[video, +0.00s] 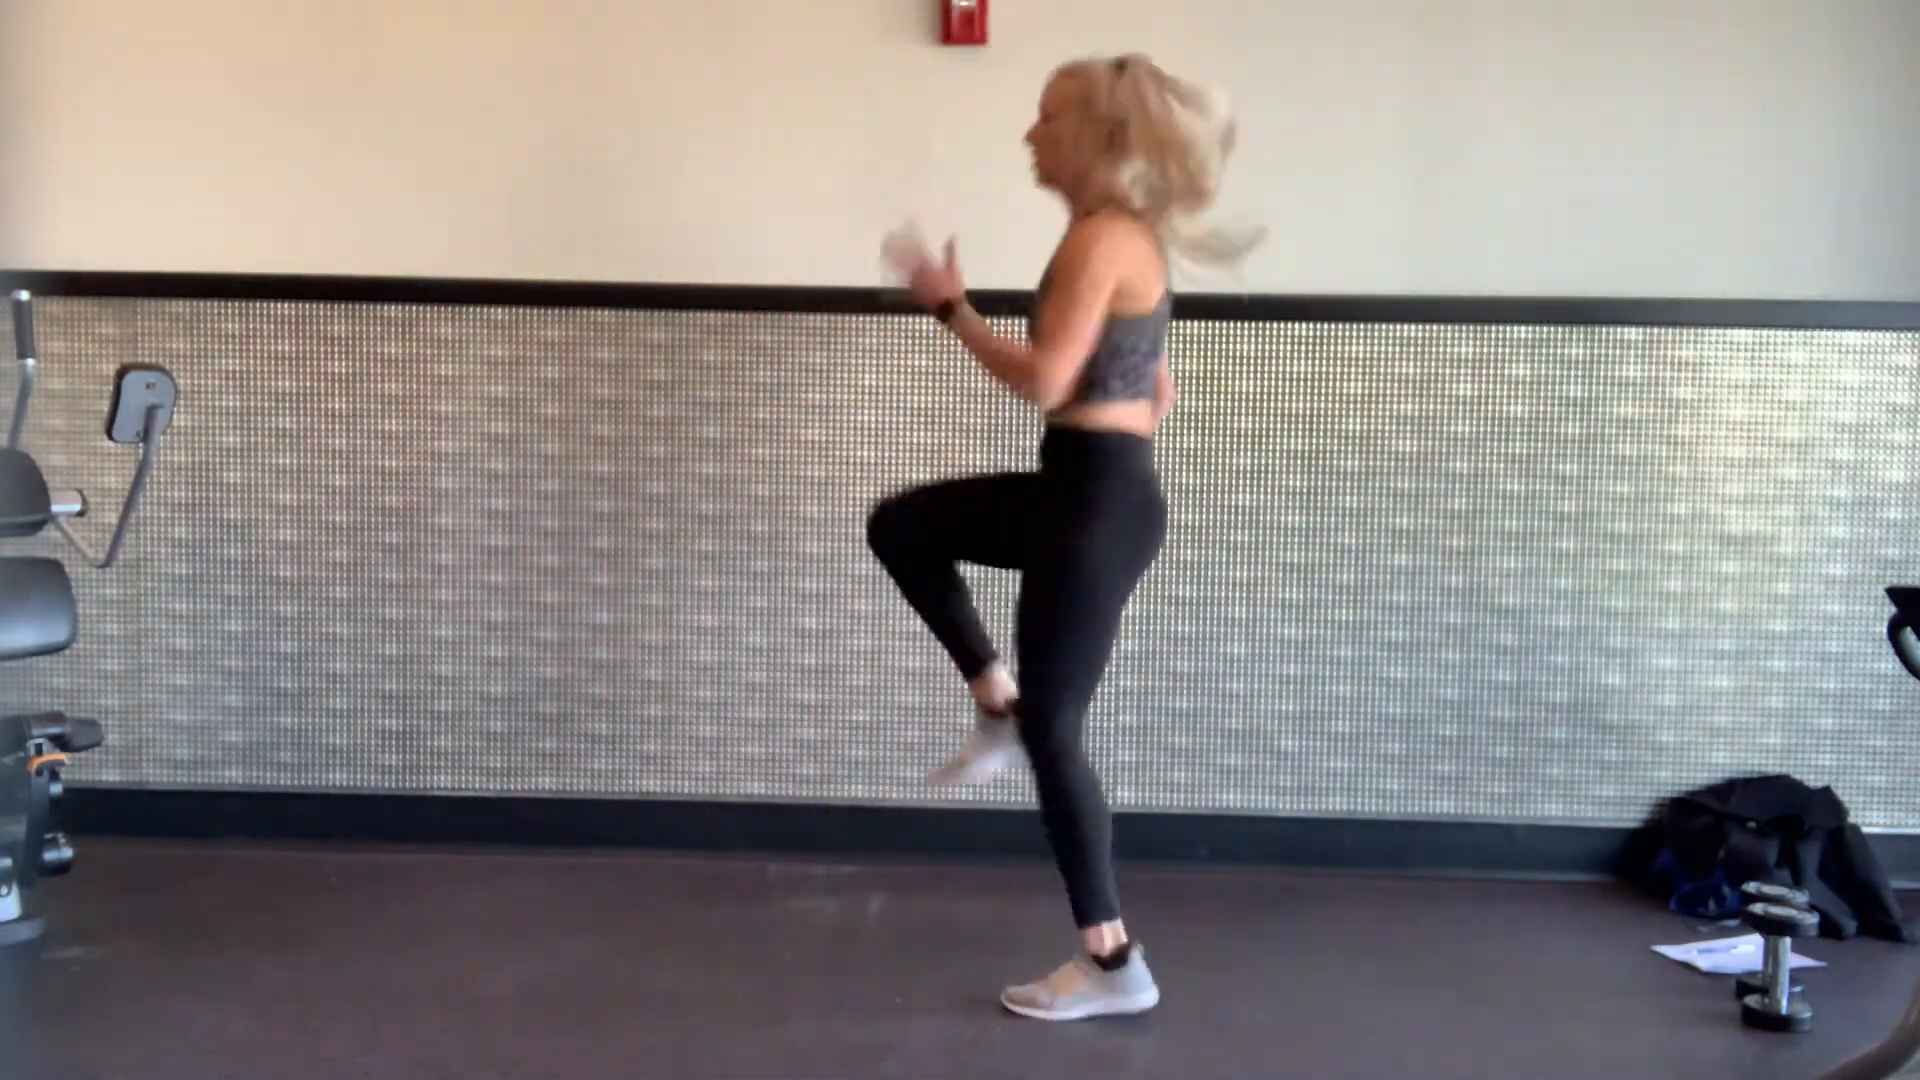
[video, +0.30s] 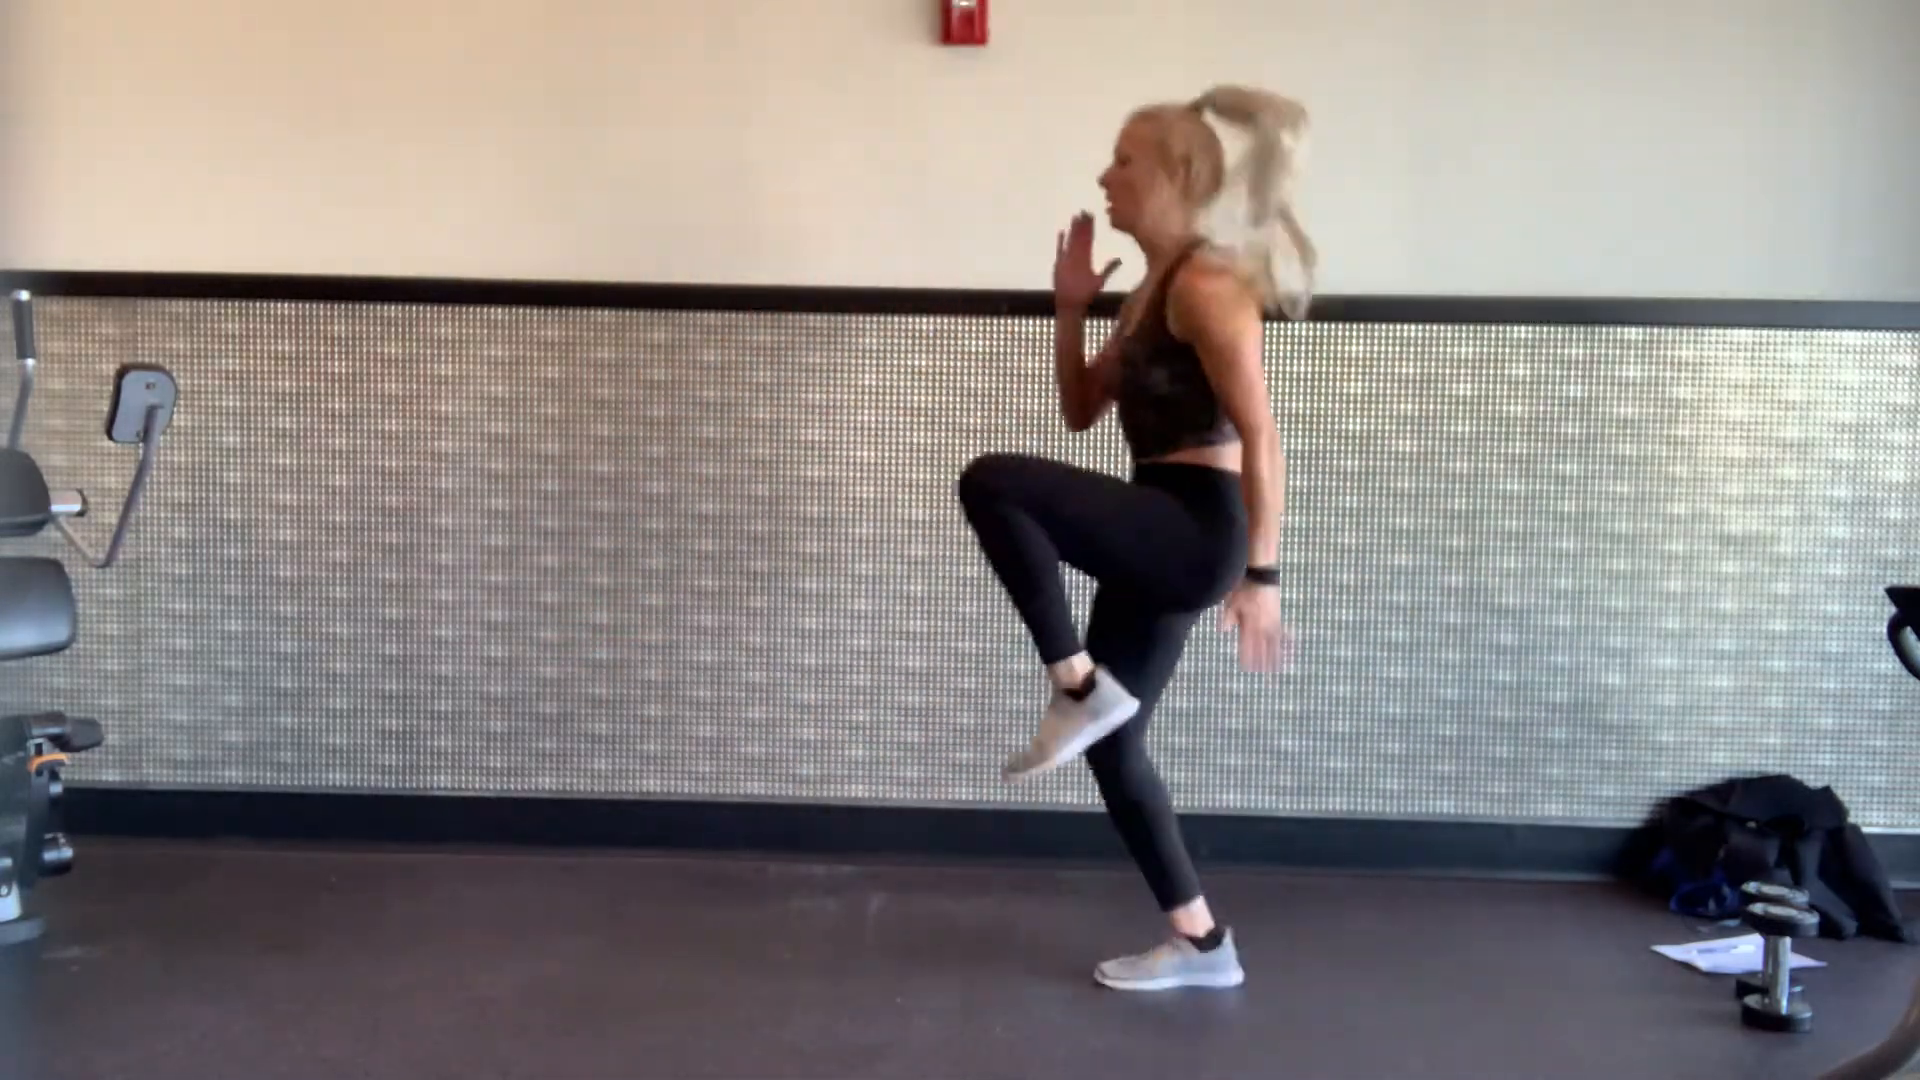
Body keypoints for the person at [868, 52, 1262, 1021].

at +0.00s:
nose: (1031, 133)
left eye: (1047, 120)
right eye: (1039, 117)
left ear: (1099, 140)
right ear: (1110, 146)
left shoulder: (1102, 241)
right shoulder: (1133, 244)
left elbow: (1044, 382)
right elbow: (1156, 401)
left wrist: (952, 311)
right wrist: (1050, 386)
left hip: (1096, 506)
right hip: (1096, 496)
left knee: (1052, 724)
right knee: (900, 528)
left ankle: (1110, 957)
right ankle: (1002, 706)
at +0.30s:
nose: (1108, 179)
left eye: (1125, 166)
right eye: (1113, 164)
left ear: (1178, 182)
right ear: (1164, 183)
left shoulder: (1209, 288)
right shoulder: (1160, 286)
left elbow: (1261, 435)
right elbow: (1081, 408)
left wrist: (1261, 573)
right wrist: (1070, 310)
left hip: (1195, 529)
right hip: (1172, 530)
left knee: (992, 485)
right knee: (1108, 729)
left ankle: (1079, 684)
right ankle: (1199, 938)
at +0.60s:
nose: (1193, 117)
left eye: (1210, 103)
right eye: (1199, 100)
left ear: (1258, 122)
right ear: (1263, 124)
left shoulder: (1282, 223)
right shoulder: (1267, 217)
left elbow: (1224, 374)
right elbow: (1232, 351)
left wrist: (1180, 276)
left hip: (1294, 490)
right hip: (1261, 482)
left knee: (1241, 707)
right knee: (1080, 543)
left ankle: (1338, 928)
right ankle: (1200, 691)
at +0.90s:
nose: (1231, 102)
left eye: (1248, 88)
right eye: (1238, 85)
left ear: (1297, 103)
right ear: (1295, 106)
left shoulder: (1335, 202)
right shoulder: (1311, 200)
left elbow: (1319, 361)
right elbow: (1316, 362)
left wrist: (1197, 337)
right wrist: (1224, 421)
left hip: (1377, 467)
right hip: (1335, 464)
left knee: (1304, 687)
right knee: (1214, 627)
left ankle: (1370, 918)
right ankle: (1296, 798)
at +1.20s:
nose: (1223, 388)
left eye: (1237, 373)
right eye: (1225, 370)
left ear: (1282, 383)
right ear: (1283, 384)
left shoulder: (1335, 463)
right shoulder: (1291, 467)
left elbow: (1251, 603)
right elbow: (1204, 583)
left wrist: (1212, 495)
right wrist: (1204, 490)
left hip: (1483, 671)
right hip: (1426, 663)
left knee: (1323, 779)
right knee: (1277, 729)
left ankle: (1419, 1007)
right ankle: (1358, 907)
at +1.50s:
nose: (1219, 474)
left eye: (1232, 461)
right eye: (1223, 459)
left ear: (1279, 477)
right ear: (1279, 479)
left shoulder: (1334, 551)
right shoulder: (1292, 557)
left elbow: (1251, 695)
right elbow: (1223, 667)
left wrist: (1205, 588)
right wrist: (1201, 581)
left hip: (1508, 737)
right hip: (1450, 720)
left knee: (1336, 779)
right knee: (1288, 732)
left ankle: (1422, 1009)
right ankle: (1356, 908)